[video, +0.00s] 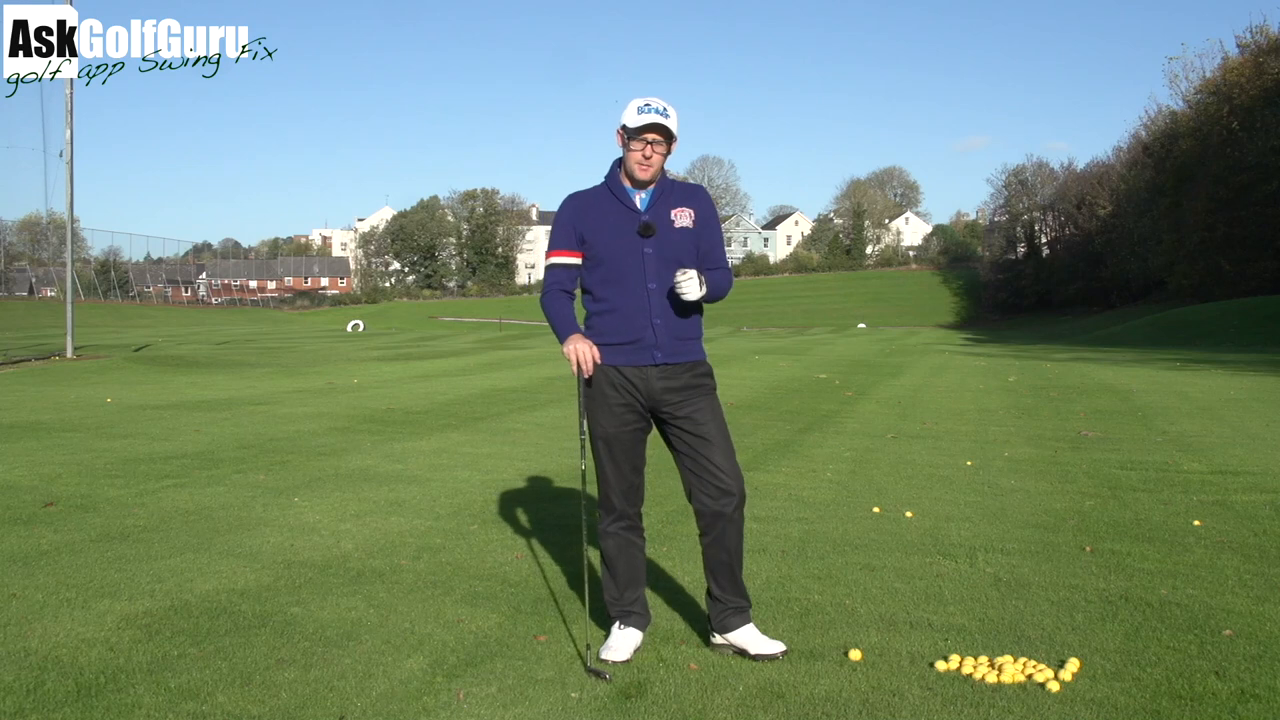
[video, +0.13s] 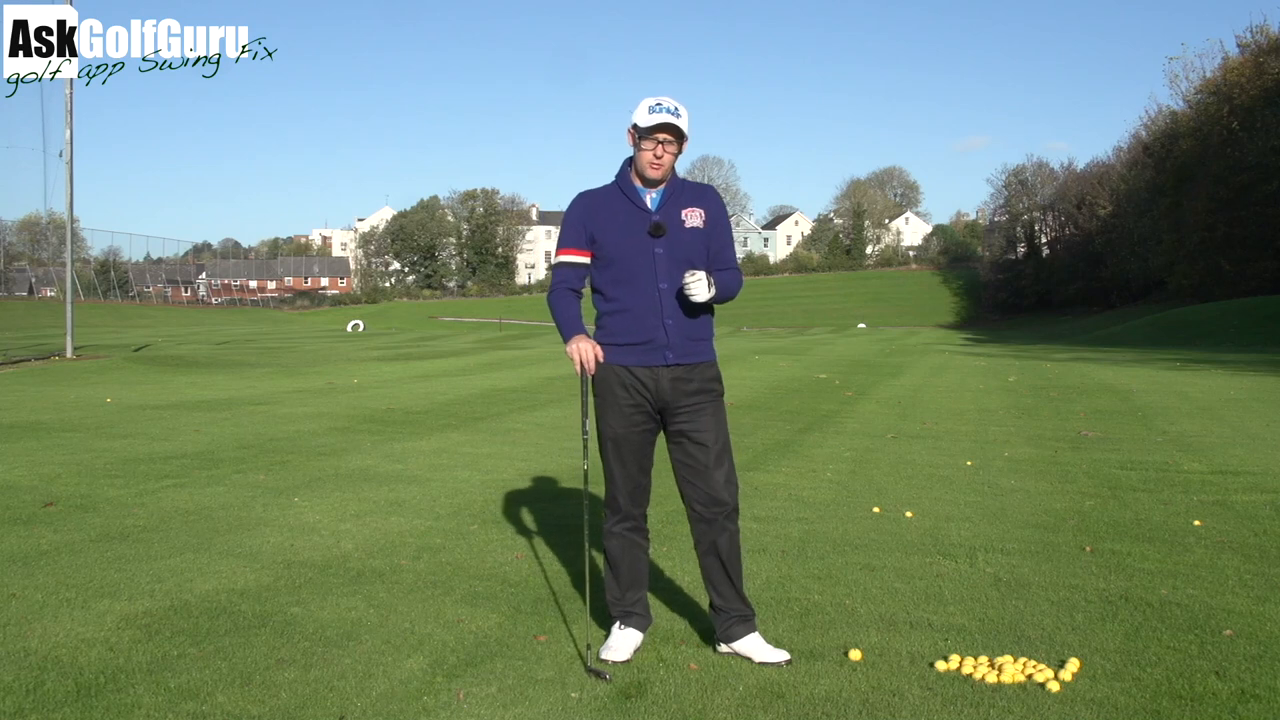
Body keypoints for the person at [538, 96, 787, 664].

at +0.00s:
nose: (649, 149)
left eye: (660, 141)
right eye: (641, 138)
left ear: (672, 148)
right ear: (622, 141)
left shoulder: (694, 201)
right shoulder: (580, 208)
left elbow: (721, 278)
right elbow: (556, 290)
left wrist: (704, 285)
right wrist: (569, 334)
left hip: (686, 374)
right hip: (613, 376)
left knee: (724, 492)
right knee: (619, 506)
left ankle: (729, 619)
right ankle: (627, 620)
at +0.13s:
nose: (661, 149)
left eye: (671, 141)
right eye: (652, 138)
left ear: (682, 147)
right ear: (633, 140)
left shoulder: (704, 201)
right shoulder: (590, 205)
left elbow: (731, 278)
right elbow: (564, 286)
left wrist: (713, 285)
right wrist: (573, 333)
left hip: (695, 374)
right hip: (622, 375)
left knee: (716, 501)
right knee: (625, 505)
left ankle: (734, 626)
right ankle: (628, 620)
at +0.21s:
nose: (670, 148)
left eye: (681, 139)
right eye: (661, 137)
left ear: (691, 145)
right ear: (642, 138)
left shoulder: (713, 200)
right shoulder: (598, 204)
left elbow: (740, 278)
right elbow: (572, 283)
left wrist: (721, 285)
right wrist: (580, 332)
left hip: (702, 373)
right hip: (628, 374)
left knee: (721, 501)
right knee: (630, 505)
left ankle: (734, 626)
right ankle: (629, 620)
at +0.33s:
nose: (687, 149)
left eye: (697, 140)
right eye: (679, 138)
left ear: (708, 147)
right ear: (660, 138)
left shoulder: (727, 202)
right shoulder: (613, 202)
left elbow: (753, 281)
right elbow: (584, 282)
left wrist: (735, 285)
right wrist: (594, 332)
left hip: (717, 374)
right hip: (642, 374)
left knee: (729, 503)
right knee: (637, 504)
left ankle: (735, 627)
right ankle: (628, 620)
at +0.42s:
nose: (699, 149)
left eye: (710, 141)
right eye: (691, 137)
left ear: (721, 149)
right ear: (671, 138)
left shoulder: (738, 202)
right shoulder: (624, 202)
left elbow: (762, 281)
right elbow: (595, 281)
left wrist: (744, 286)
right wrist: (602, 332)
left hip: (726, 373)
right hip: (651, 375)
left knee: (734, 505)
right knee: (643, 504)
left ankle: (735, 627)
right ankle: (630, 620)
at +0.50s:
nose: (711, 149)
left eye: (722, 142)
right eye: (703, 138)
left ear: (732, 150)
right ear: (684, 138)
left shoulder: (749, 204)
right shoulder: (635, 201)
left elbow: (772, 282)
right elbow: (606, 278)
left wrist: (753, 286)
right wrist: (610, 331)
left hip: (736, 373)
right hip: (662, 374)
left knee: (738, 507)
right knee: (650, 507)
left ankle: (736, 628)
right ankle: (631, 621)